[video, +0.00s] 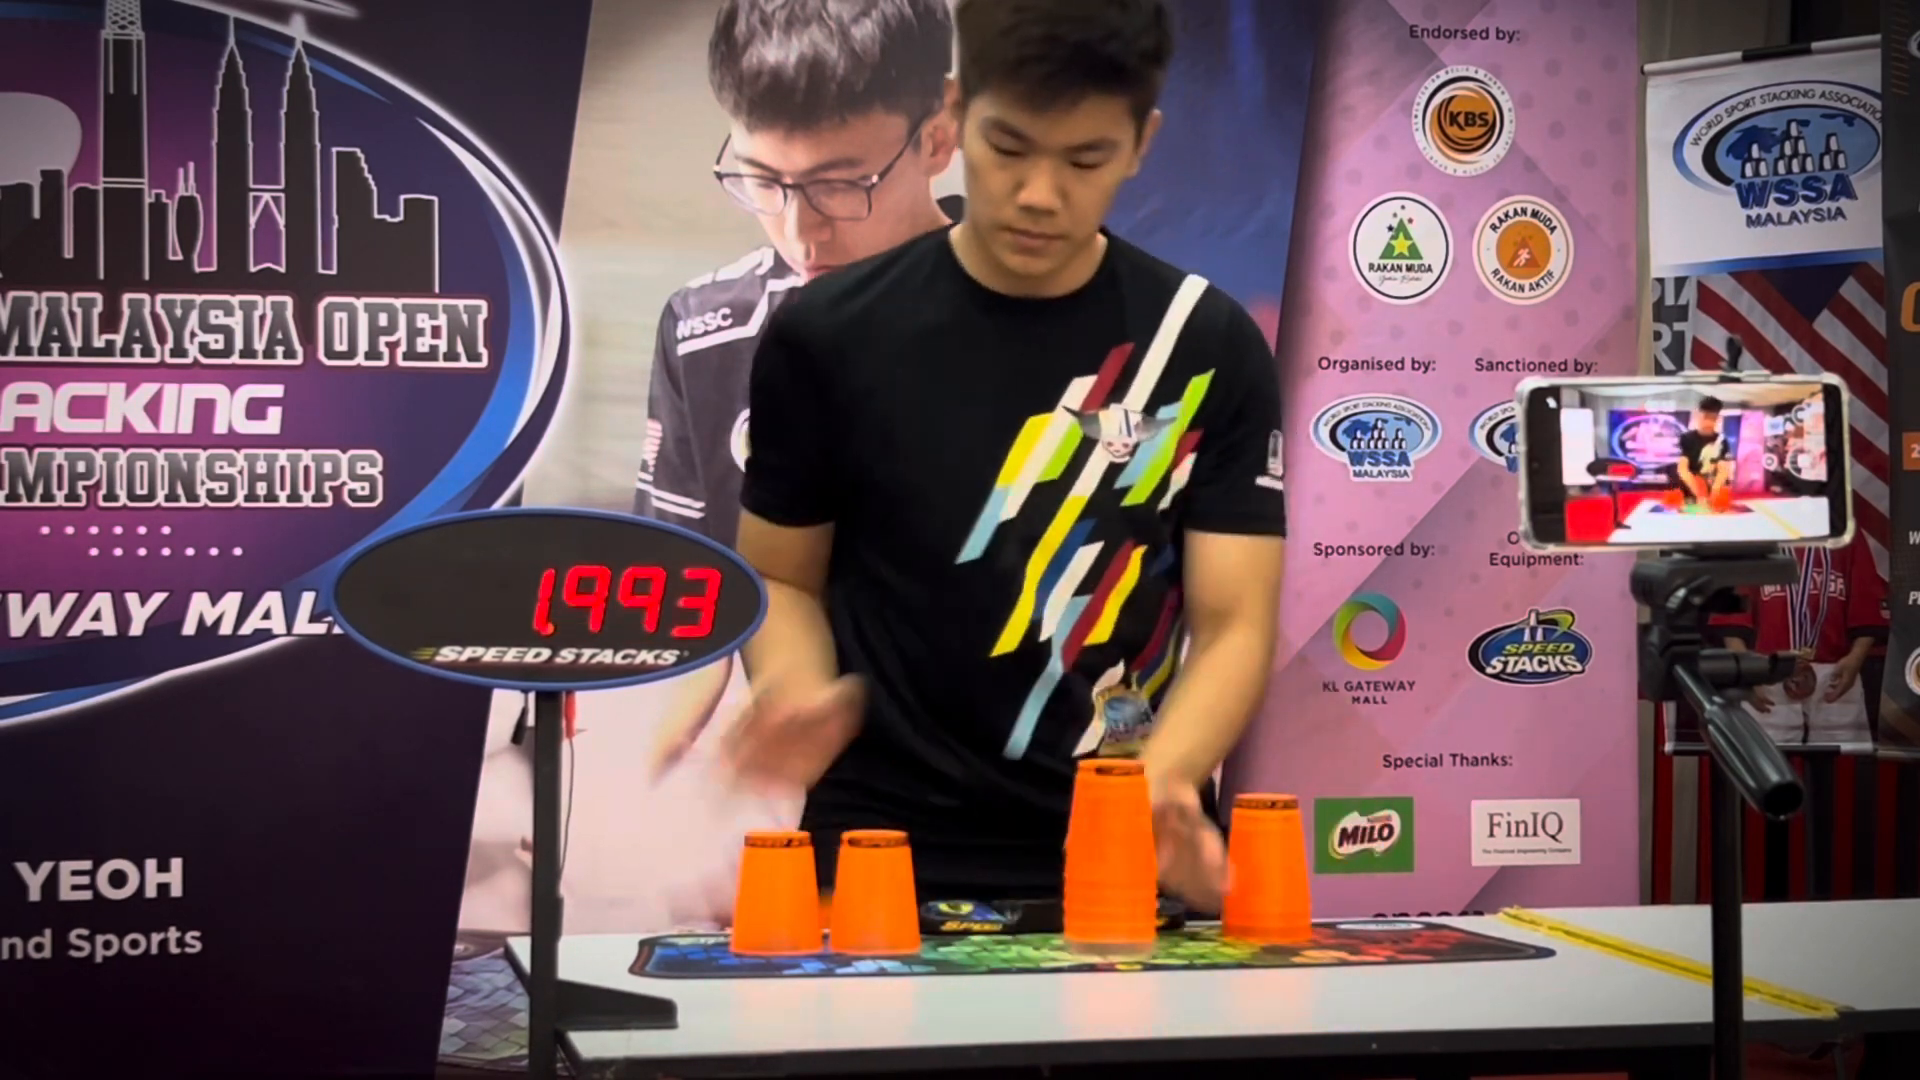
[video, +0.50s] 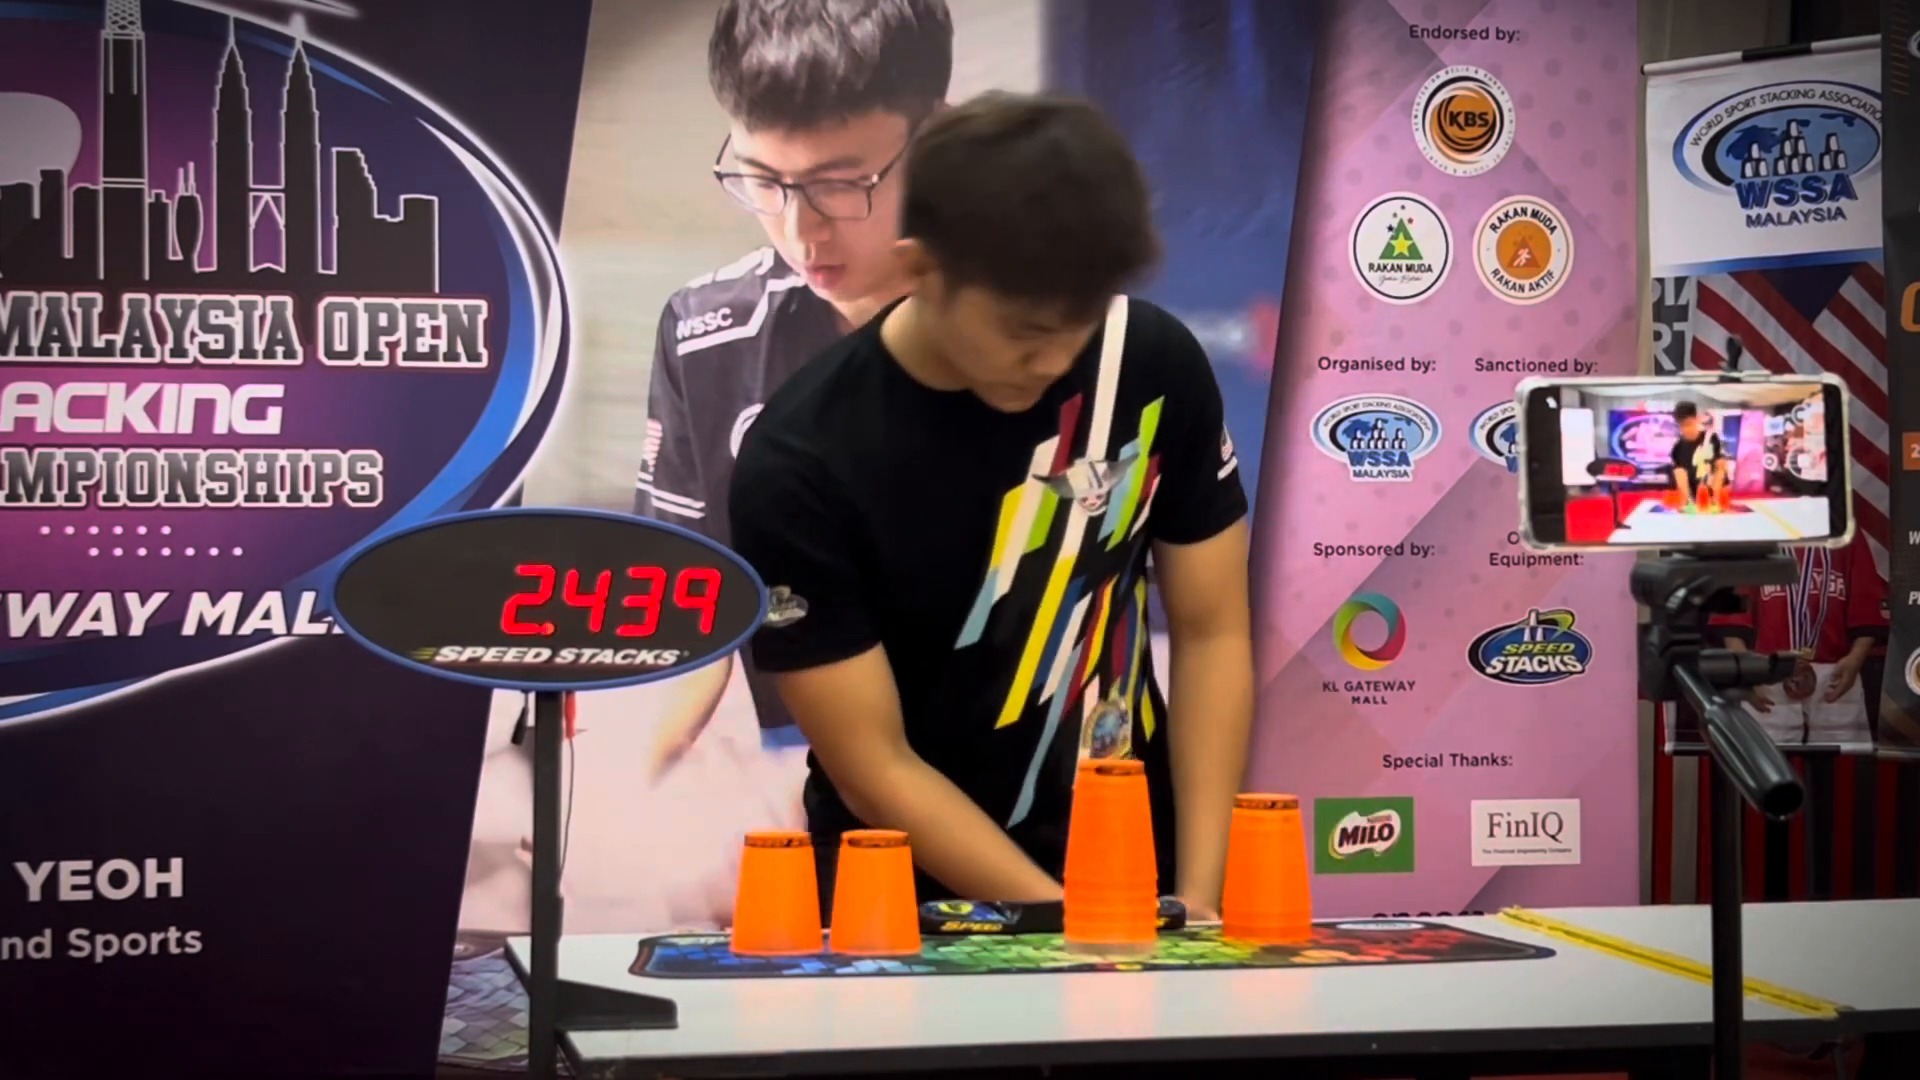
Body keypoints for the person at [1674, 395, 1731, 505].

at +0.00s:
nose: (1708, 422)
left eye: (1712, 418)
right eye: (1705, 417)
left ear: (1717, 419)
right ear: (1699, 416)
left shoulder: (1721, 441)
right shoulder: (1688, 438)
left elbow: (1723, 470)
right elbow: (1682, 469)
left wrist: (1713, 496)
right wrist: (1699, 495)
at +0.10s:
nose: (1704, 421)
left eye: (1708, 416)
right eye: (1701, 415)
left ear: (1713, 416)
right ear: (1695, 414)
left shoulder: (1720, 439)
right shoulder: (1686, 437)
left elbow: (1723, 469)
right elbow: (1679, 466)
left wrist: (1709, 487)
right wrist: (1693, 487)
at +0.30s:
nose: (1698, 419)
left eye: (1702, 414)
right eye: (1695, 414)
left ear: (1709, 414)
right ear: (1689, 414)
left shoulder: (1718, 437)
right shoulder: (1683, 438)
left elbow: (1723, 465)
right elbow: (1679, 465)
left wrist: (1711, 484)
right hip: (1689, 494)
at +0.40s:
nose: (1689, 424)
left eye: (1693, 418)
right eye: (1685, 419)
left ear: (1702, 417)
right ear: (1681, 420)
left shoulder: (1714, 439)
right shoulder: (1682, 441)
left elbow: (1722, 467)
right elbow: (1678, 470)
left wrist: (1709, 493)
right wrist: (1677, 494)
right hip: (1689, 496)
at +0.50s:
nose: (1687, 430)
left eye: (1690, 424)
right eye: (1683, 425)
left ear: (1697, 421)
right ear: (1679, 426)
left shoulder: (1711, 439)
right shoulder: (1679, 449)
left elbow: (1720, 466)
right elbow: (1681, 479)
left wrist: (1716, 498)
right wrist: (1687, 501)